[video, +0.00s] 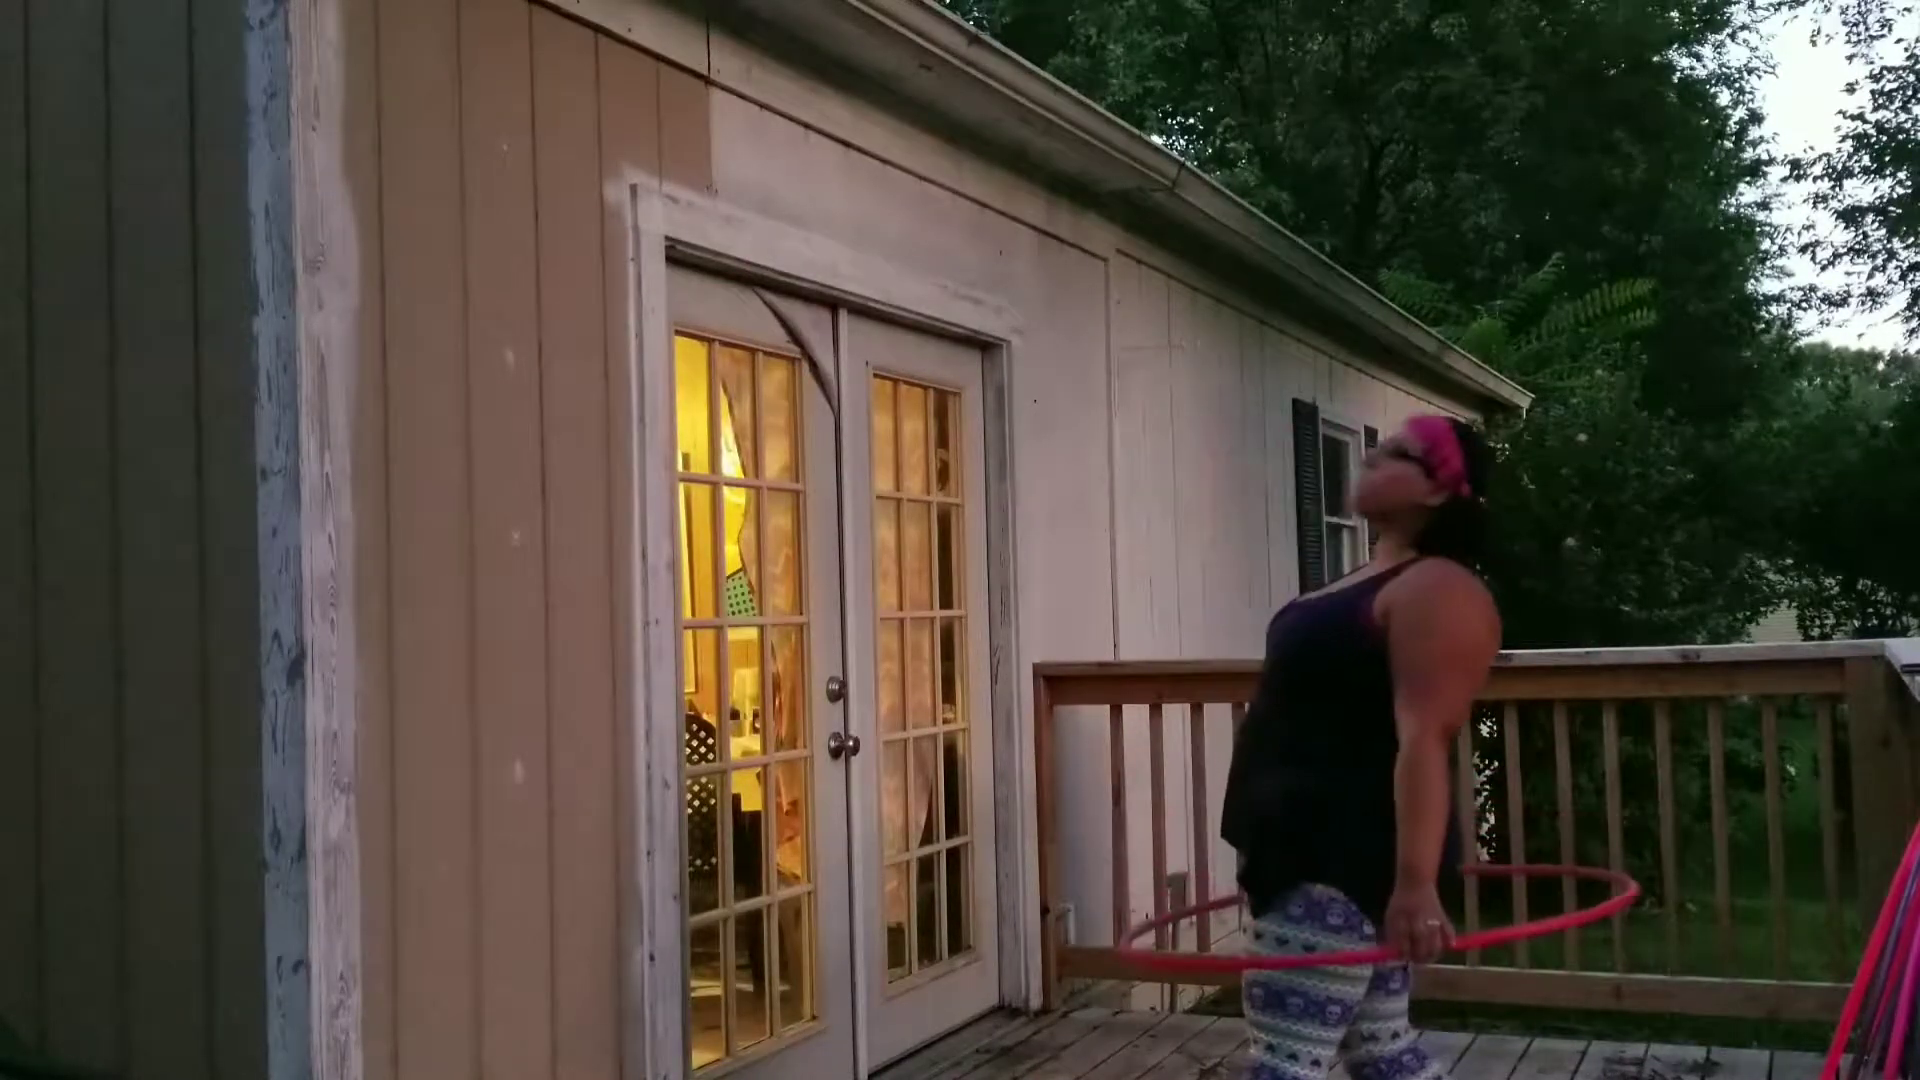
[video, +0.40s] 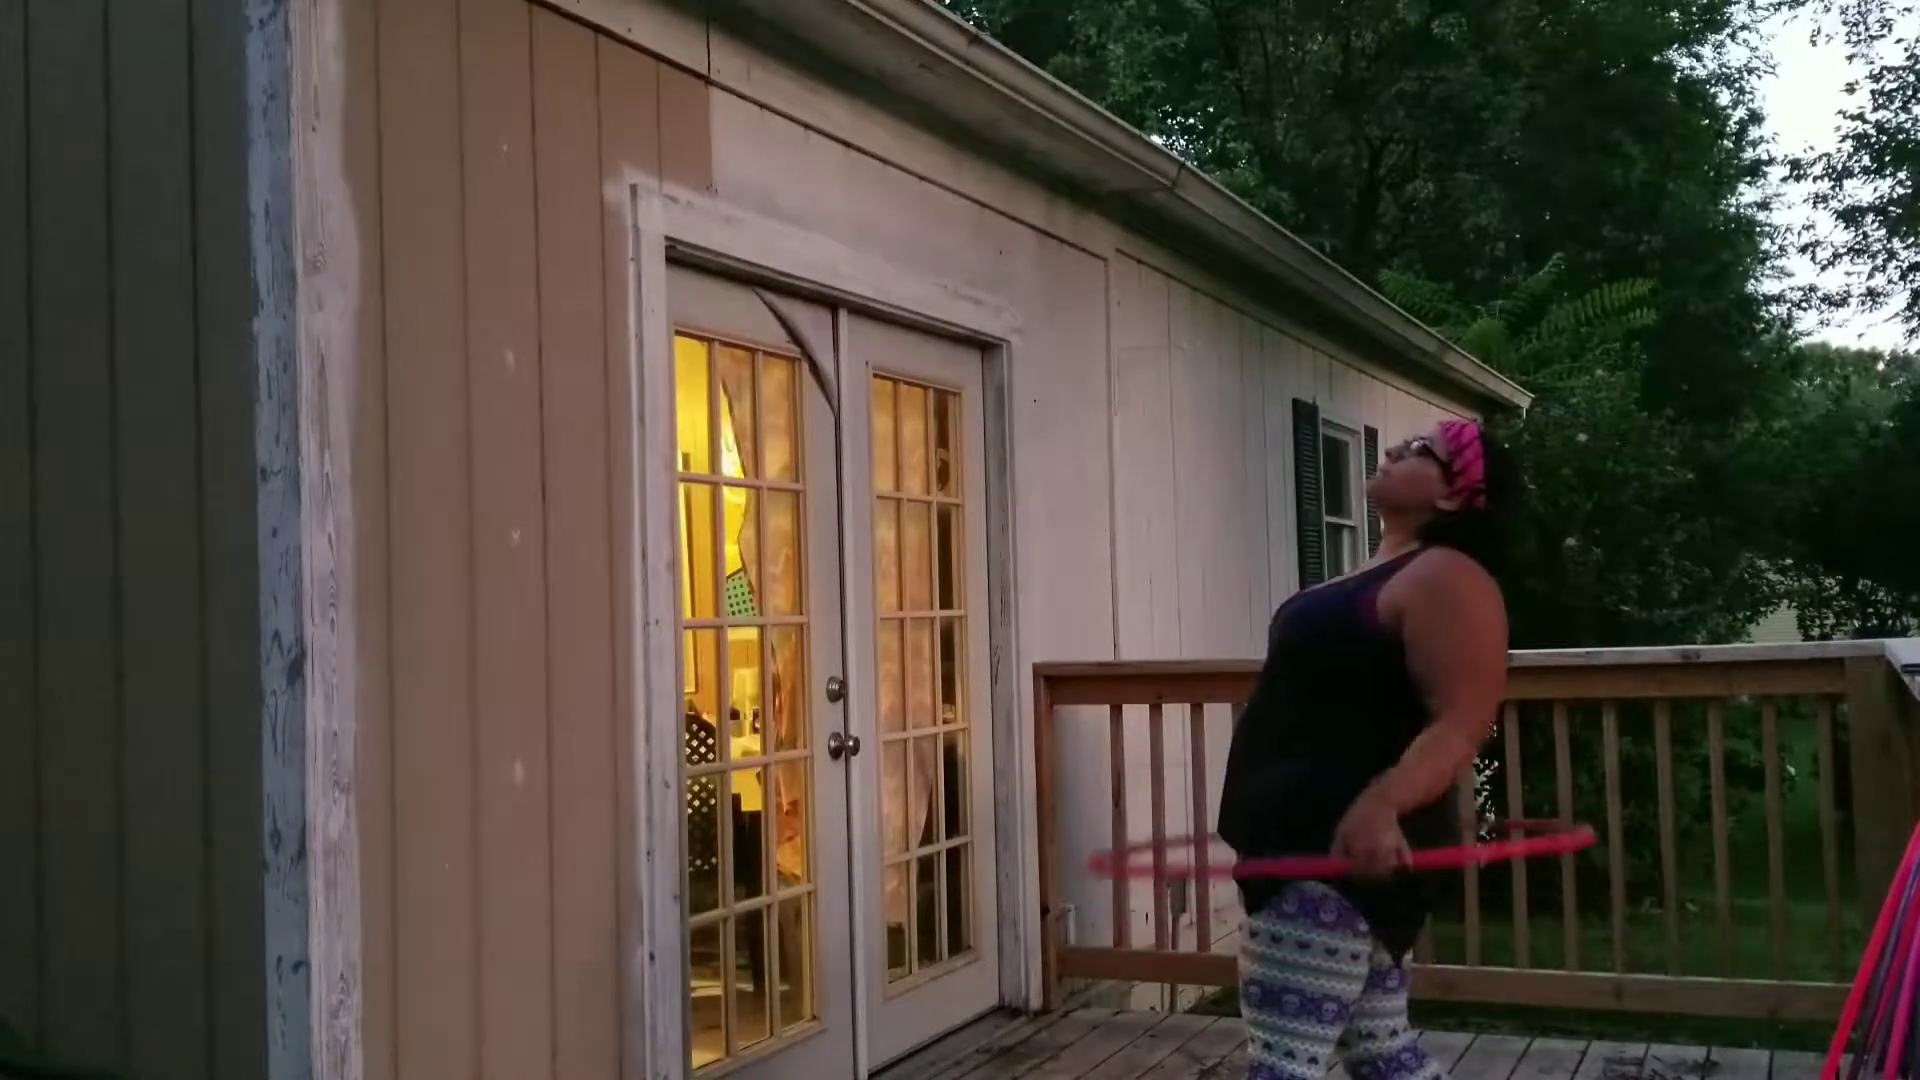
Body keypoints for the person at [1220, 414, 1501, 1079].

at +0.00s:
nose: (1369, 459)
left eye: (1395, 454)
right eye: (1376, 448)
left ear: (1435, 491)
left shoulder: (1440, 589)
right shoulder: (1367, 581)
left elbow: (1425, 739)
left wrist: (1416, 883)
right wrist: (1269, 860)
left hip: (1338, 877)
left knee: (1285, 1062)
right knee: (1383, 1053)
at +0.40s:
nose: (1393, 451)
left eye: (1418, 451)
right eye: (1404, 444)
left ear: (1451, 495)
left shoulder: (1446, 577)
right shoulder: (1376, 574)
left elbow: (1466, 717)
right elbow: (1344, 713)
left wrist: (1382, 802)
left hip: (1335, 861)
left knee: (1282, 1060)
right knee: (1383, 1052)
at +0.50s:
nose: (1387, 447)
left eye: (1413, 448)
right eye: (1398, 441)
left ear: (1446, 492)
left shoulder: (1444, 569)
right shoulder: (1376, 570)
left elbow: (1475, 708)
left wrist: (1378, 741)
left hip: (1340, 861)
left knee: (1282, 1059)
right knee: (1382, 1051)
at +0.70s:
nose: (1380, 442)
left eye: (1404, 442)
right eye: (1388, 436)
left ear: (1436, 486)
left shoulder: (1440, 561)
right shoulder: (1368, 566)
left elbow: (1487, 696)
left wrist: (1412, 638)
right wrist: (1271, 659)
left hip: (1336, 853)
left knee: (1279, 1057)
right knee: (1383, 1046)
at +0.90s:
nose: (1367, 444)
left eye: (1390, 441)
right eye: (1376, 436)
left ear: (1424, 483)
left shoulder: (1433, 560)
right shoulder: (1350, 565)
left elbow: (1466, 701)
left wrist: (1413, 614)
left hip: (1333, 848)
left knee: (1277, 1059)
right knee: (1387, 1045)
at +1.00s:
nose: (1346, 448)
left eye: (1370, 442)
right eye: (1354, 437)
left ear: (1411, 480)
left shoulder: (1423, 557)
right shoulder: (1327, 572)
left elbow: (1470, 696)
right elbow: (1267, 708)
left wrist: (1399, 619)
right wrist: (1229, 811)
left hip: (1335, 851)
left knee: (1278, 1058)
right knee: (1388, 1045)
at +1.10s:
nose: (1306, 455)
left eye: (1331, 446)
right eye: (1315, 443)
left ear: (1376, 476)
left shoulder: (1409, 554)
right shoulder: (1319, 569)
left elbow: (1474, 687)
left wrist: (1396, 628)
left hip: (1340, 851)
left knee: (1279, 1059)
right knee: (1390, 1046)